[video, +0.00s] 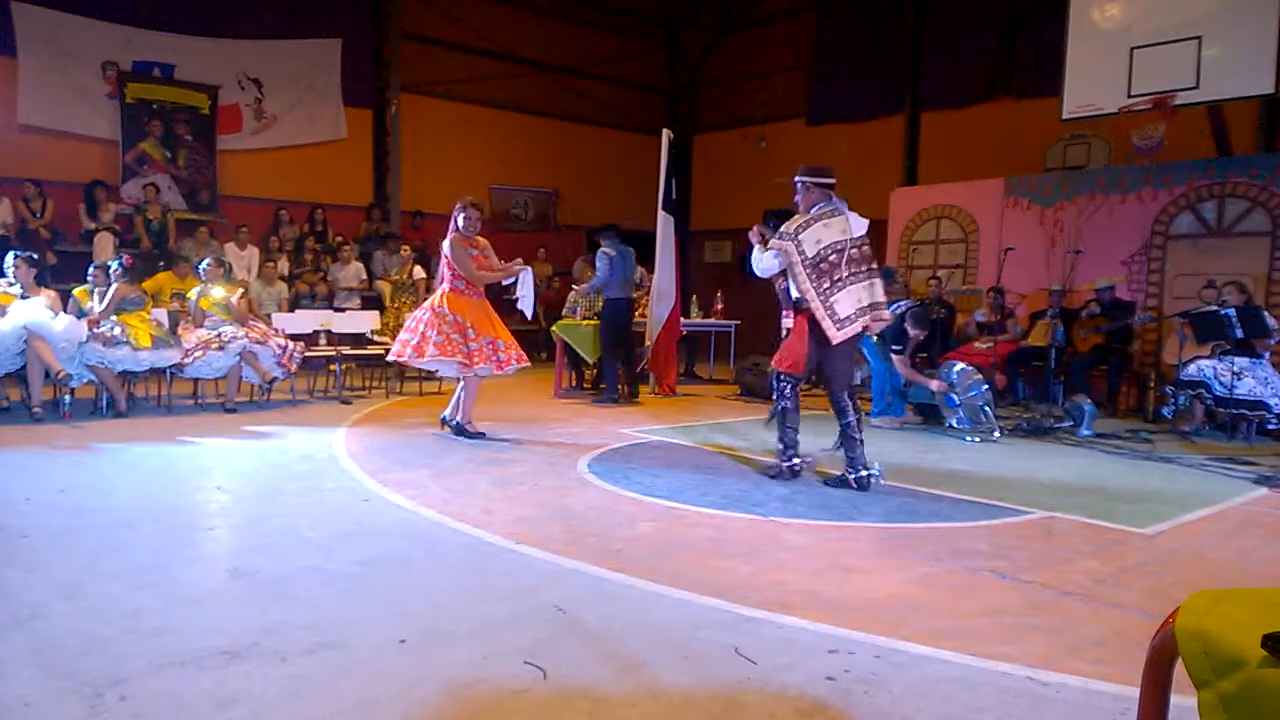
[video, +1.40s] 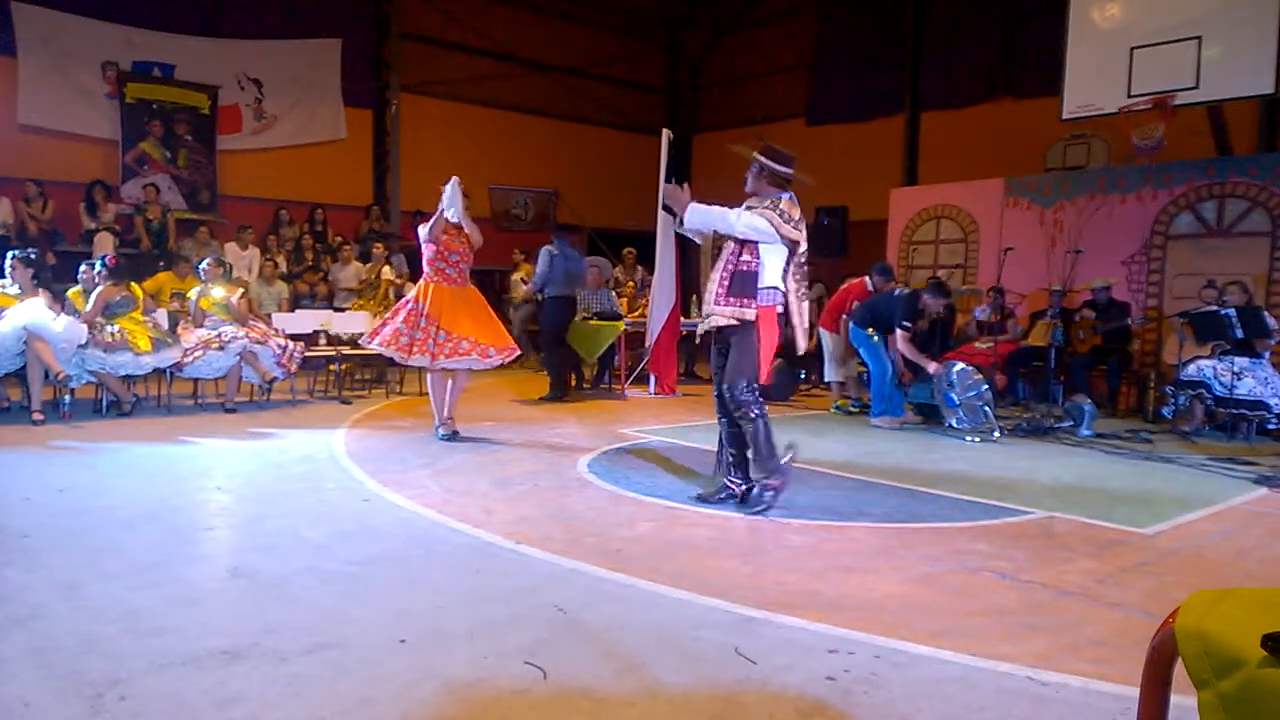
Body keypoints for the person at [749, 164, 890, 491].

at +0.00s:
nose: (796, 198)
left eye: (799, 191)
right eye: (797, 191)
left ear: (812, 192)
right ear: (829, 192)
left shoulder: (799, 228)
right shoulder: (855, 222)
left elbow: (763, 266)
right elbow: (867, 272)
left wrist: (757, 245)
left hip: (811, 320)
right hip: (847, 318)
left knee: (785, 379)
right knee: (841, 391)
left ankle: (789, 460)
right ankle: (858, 469)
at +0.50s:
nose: (809, 183)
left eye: (814, 177)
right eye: (812, 176)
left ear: (826, 181)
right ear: (843, 184)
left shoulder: (812, 222)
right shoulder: (859, 217)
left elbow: (772, 255)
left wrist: (771, 220)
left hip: (818, 316)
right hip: (844, 314)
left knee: (827, 394)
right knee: (833, 391)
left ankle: (841, 482)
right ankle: (848, 464)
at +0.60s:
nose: (811, 176)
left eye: (817, 172)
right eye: (814, 171)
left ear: (828, 180)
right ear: (842, 183)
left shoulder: (823, 219)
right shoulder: (850, 210)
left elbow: (771, 250)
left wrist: (758, 221)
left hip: (825, 316)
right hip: (836, 311)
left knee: (831, 392)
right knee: (802, 391)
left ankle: (843, 483)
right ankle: (837, 462)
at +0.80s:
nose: (803, 175)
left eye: (809, 171)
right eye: (807, 169)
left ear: (820, 179)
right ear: (833, 182)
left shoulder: (822, 217)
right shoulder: (831, 210)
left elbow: (776, 239)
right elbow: (789, 240)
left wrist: (733, 222)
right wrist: (760, 218)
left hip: (815, 312)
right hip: (811, 310)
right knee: (771, 387)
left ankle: (841, 486)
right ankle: (789, 475)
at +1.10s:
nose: (777, 178)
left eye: (783, 173)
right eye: (780, 172)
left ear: (797, 181)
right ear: (800, 180)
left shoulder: (805, 216)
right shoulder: (780, 212)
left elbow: (761, 243)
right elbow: (742, 252)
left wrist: (724, 209)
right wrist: (734, 211)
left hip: (792, 319)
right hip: (763, 320)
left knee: (810, 401)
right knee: (745, 397)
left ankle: (838, 482)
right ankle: (739, 480)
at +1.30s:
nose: (755, 176)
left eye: (761, 171)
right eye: (759, 169)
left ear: (774, 178)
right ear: (781, 179)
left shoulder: (788, 213)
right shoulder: (760, 211)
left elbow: (743, 238)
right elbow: (720, 246)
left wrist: (708, 203)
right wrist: (700, 221)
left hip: (764, 315)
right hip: (735, 314)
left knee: (753, 394)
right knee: (732, 398)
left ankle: (806, 463)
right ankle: (737, 480)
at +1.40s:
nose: (747, 174)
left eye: (753, 170)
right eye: (750, 168)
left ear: (767, 177)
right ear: (771, 178)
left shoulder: (784, 213)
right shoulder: (749, 211)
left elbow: (737, 222)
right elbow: (713, 234)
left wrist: (688, 207)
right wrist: (682, 215)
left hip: (757, 314)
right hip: (728, 313)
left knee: (741, 392)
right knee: (725, 397)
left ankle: (770, 475)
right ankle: (734, 480)